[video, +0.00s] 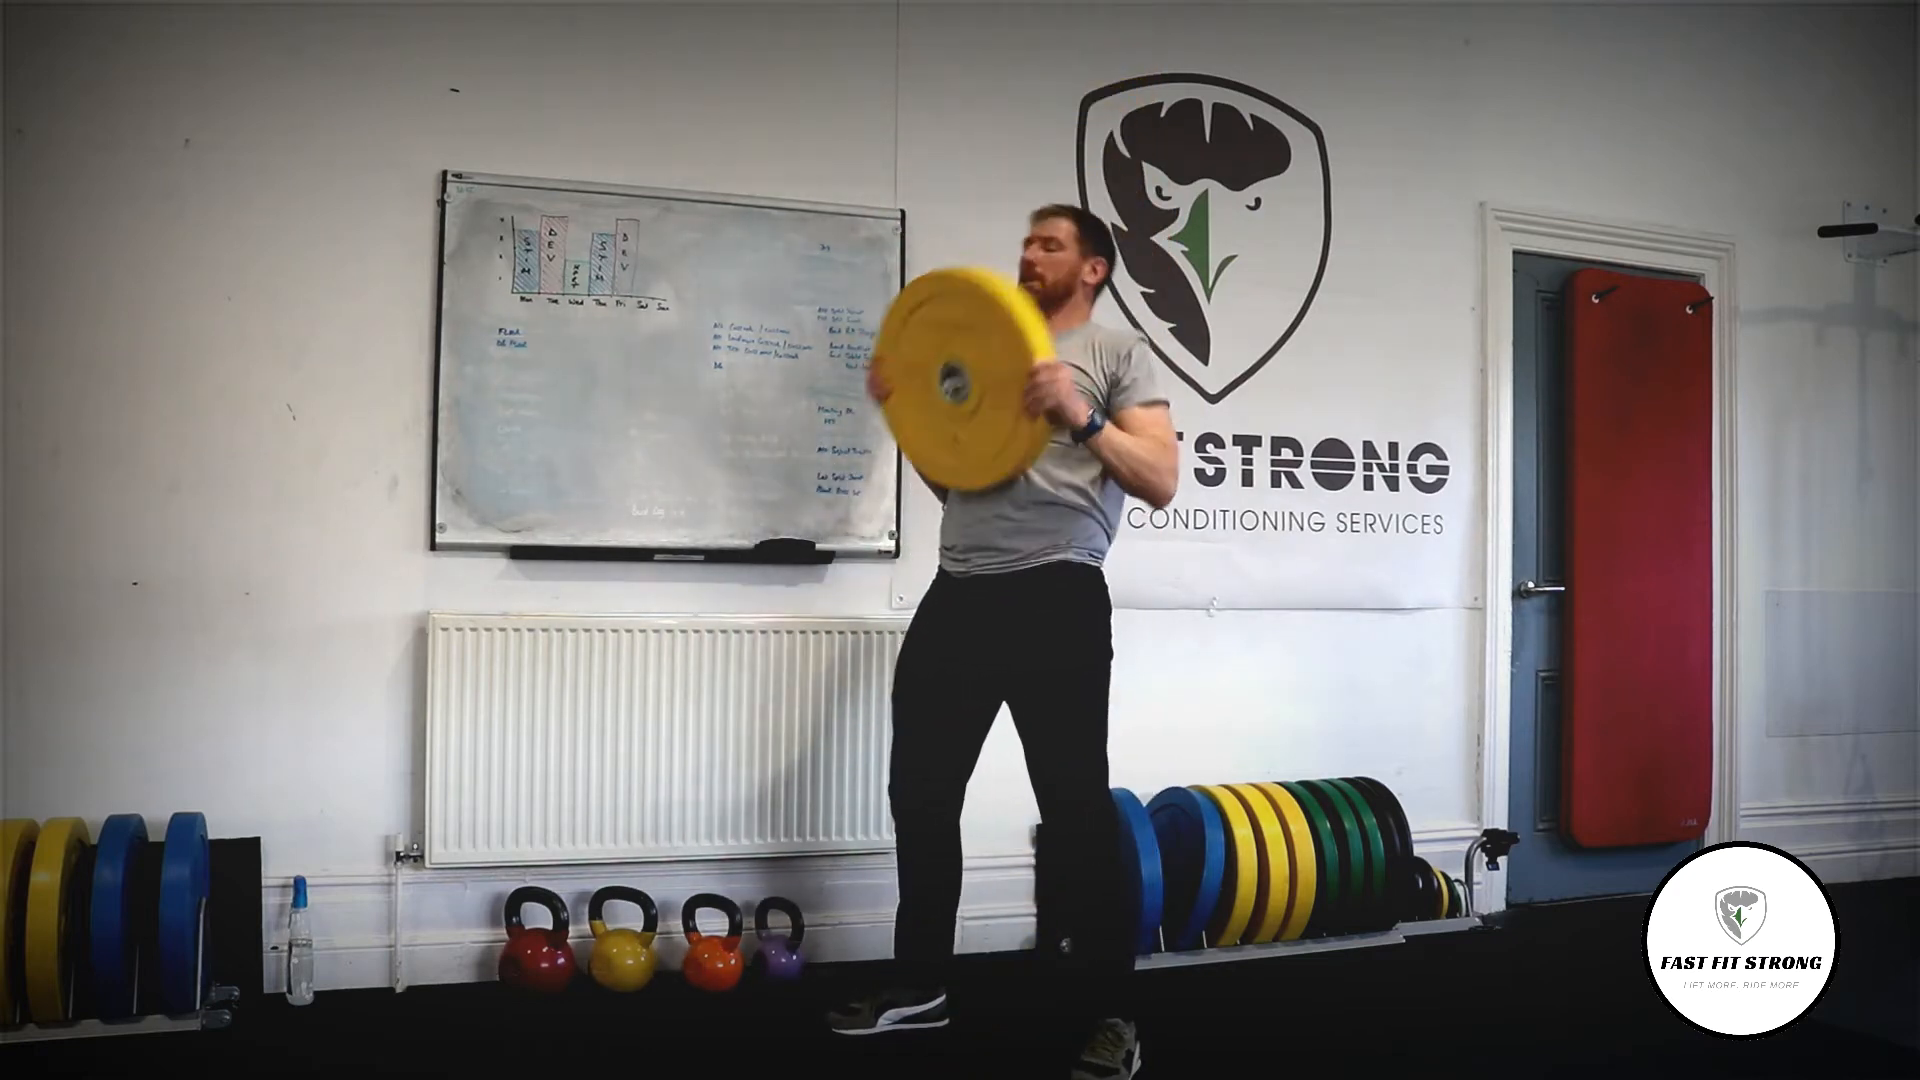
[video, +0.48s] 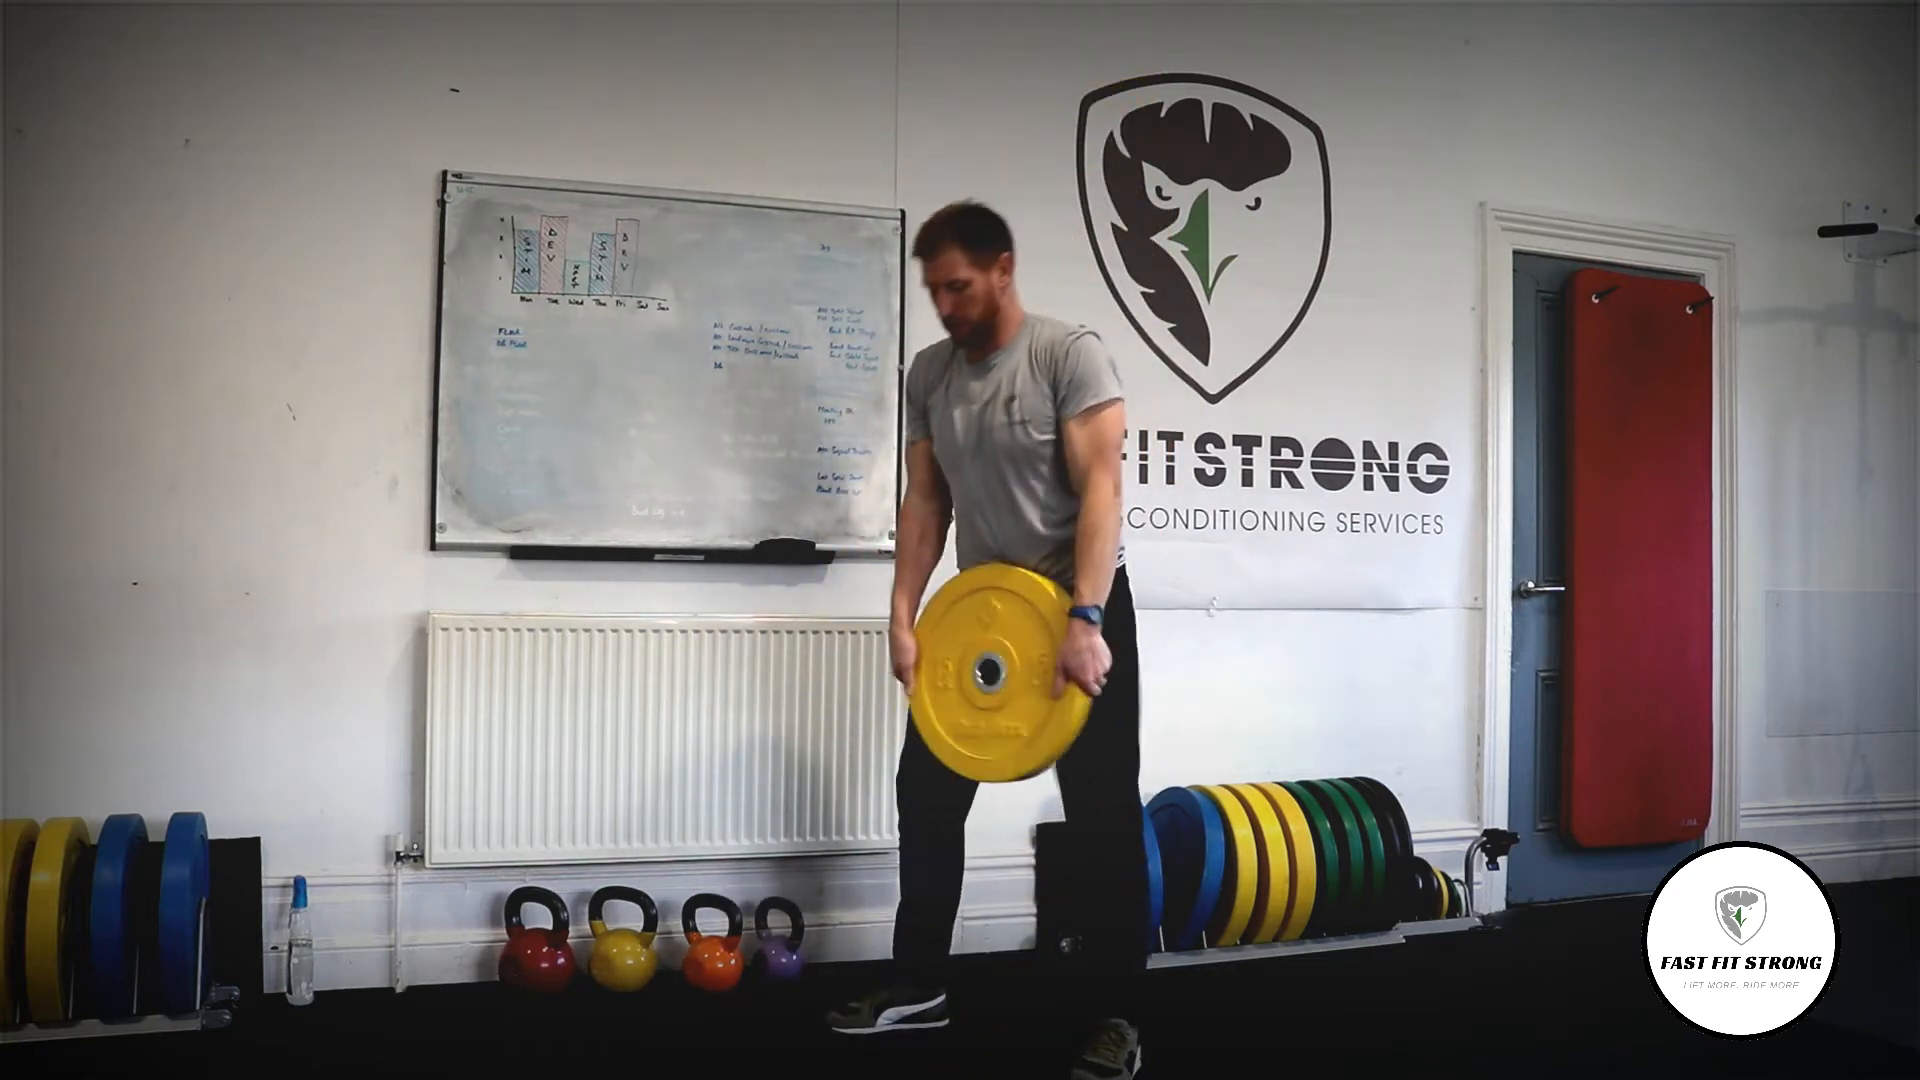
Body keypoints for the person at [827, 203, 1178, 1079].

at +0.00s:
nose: (1027, 259)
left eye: (1047, 247)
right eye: (1025, 247)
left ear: (1093, 268)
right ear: (1020, 261)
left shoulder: (1118, 349)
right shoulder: (993, 344)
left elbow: (1162, 480)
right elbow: (946, 466)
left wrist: (1083, 416)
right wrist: (897, 399)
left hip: (1058, 595)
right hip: (960, 597)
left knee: (1074, 803)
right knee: (921, 796)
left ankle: (1104, 1013)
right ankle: (923, 991)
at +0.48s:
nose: (945, 304)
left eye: (959, 285)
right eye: (934, 290)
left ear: (1003, 271)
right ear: (925, 289)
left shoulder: (1071, 353)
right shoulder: (928, 375)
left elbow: (1103, 487)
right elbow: (926, 504)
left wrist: (1085, 616)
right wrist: (902, 612)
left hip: (1078, 601)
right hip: (981, 606)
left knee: (1101, 804)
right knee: (926, 788)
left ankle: (1115, 1012)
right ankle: (919, 985)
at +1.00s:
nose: (883, 519)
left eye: (893, 499)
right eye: (871, 504)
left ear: (939, 470)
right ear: (859, 497)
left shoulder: (1031, 544)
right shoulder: (880, 567)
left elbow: (1050, 692)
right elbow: (890, 694)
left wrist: (1062, 834)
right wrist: (887, 825)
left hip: (1104, 684)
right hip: (995, 690)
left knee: (1131, 830)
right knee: (862, 791)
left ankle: (1118, 1021)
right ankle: (914, 986)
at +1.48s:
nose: (880, 536)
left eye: (892, 518)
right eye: (870, 521)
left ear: (940, 497)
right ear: (862, 517)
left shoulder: (1021, 575)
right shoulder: (876, 589)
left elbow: (1049, 723)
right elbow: (887, 712)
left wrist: (1052, 860)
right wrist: (880, 838)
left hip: (1085, 730)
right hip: (972, 739)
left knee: (1128, 859)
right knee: (835, 805)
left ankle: (1115, 1031)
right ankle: (910, 990)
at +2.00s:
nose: (1031, 248)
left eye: (1051, 240)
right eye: (1024, 237)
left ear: (1085, 275)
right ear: (1005, 260)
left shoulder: (1100, 362)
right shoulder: (959, 347)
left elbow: (1118, 479)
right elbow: (896, 471)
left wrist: (1060, 372)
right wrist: (873, 370)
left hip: (1036, 600)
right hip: (934, 598)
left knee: (1065, 807)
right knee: (915, 803)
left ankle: (1100, 1012)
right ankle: (920, 989)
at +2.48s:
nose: (1004, 217)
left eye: (1022, 211)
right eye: (995, 210)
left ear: (1054, 244)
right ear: (981, 236)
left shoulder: (1072, 317)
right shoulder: (944, 305)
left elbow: (1104, 177)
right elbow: (951, 187)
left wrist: (1136, 66)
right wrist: (971, 77)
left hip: (1028, 598)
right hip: (925, 596)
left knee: (1061, 810)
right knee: (920, 807)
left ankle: (1094, 1010)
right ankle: (921, 989)